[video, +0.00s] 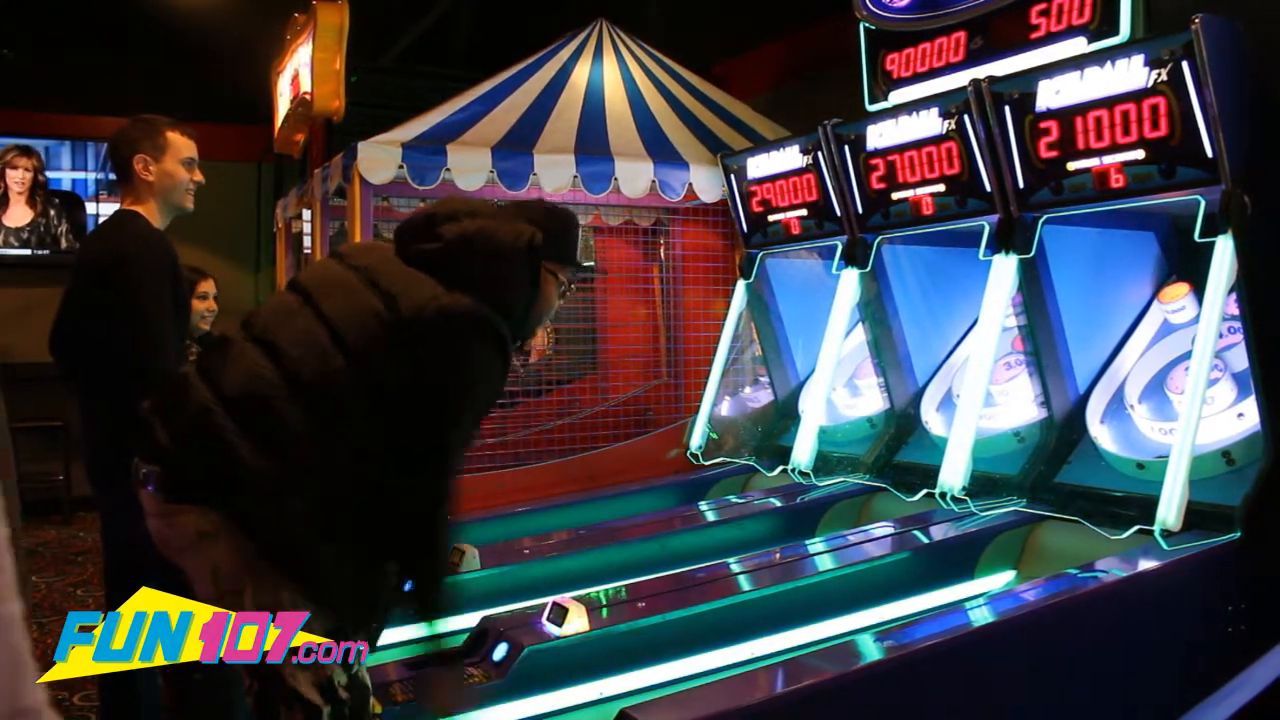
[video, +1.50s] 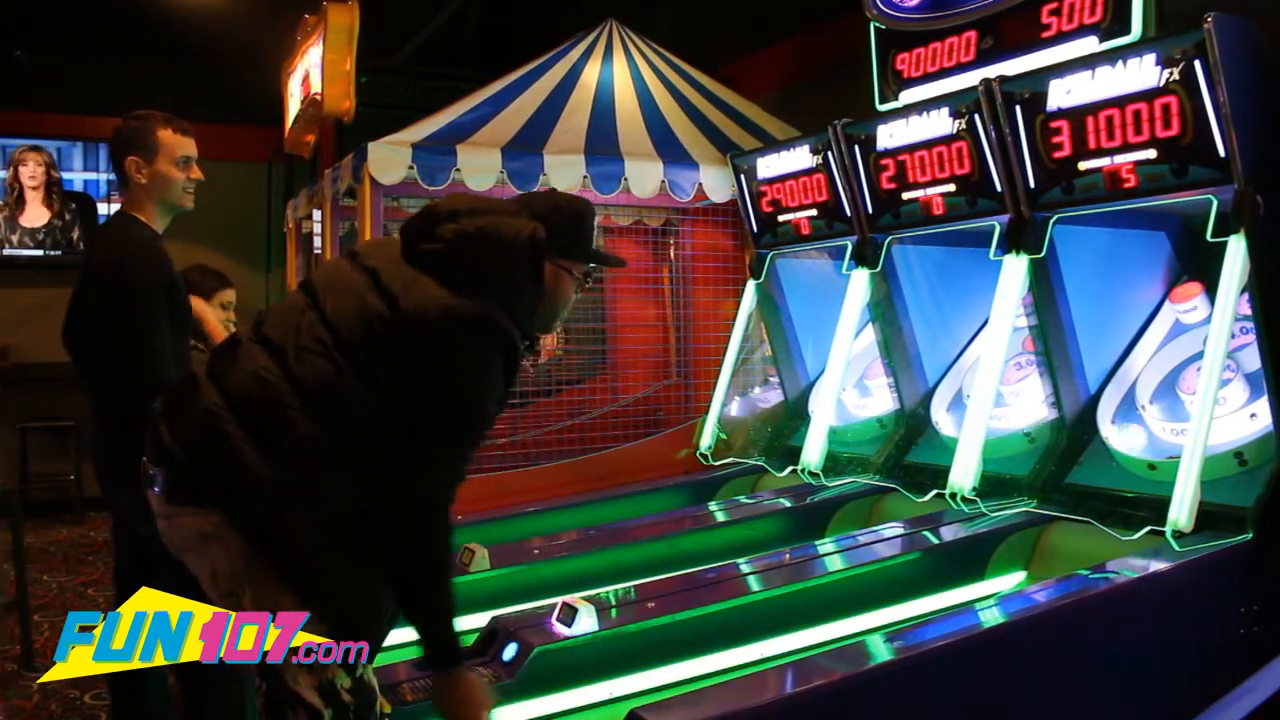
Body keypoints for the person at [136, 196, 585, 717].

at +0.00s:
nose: (557, 304)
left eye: (562, 287)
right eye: (558, 283)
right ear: (526, 265)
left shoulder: (371, 258)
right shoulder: (470, 332)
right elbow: (422, 475)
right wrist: (430, 595)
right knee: (323, 693)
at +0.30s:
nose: (562, 284)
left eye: (564, 268)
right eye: (557, 266)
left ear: (463, 240)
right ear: (518, 259)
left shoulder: (365, 263)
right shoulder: (488, 326)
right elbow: (572, 455)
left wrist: (408, 546)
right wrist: (695, 497)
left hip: (182, 482)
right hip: (266, 525)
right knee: (328, 696)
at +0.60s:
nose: (579, 298)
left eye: (584, 283)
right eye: (576, 280)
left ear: (501, 256)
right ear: (536, 269)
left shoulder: (388, 261)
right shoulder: (486, 335)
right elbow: (501, 513)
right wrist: (570, 655)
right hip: (250, 504)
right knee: (334, 694)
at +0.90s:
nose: (587, 311)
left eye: (592, 295)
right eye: (585, 293)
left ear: (516, 256)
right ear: (553, 285)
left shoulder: (402, 260)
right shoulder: (490, 352)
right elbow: (504, 531)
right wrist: (563, 684)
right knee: (330, 692)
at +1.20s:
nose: (587, 304)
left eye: (592, 288)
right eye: (586, 286)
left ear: (513, 247)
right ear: (557, 277)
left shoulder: (400, 258)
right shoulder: (488, 339)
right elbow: (474, 521)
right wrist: (548, 672)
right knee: (324, 697)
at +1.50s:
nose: (576, 293)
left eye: (582, 279)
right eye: (574, 276)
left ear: (514, 251)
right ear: (539, 264)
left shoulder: (401, 255)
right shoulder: (475, 332)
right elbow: (417, 505)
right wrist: (447, 662)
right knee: (322, 686)